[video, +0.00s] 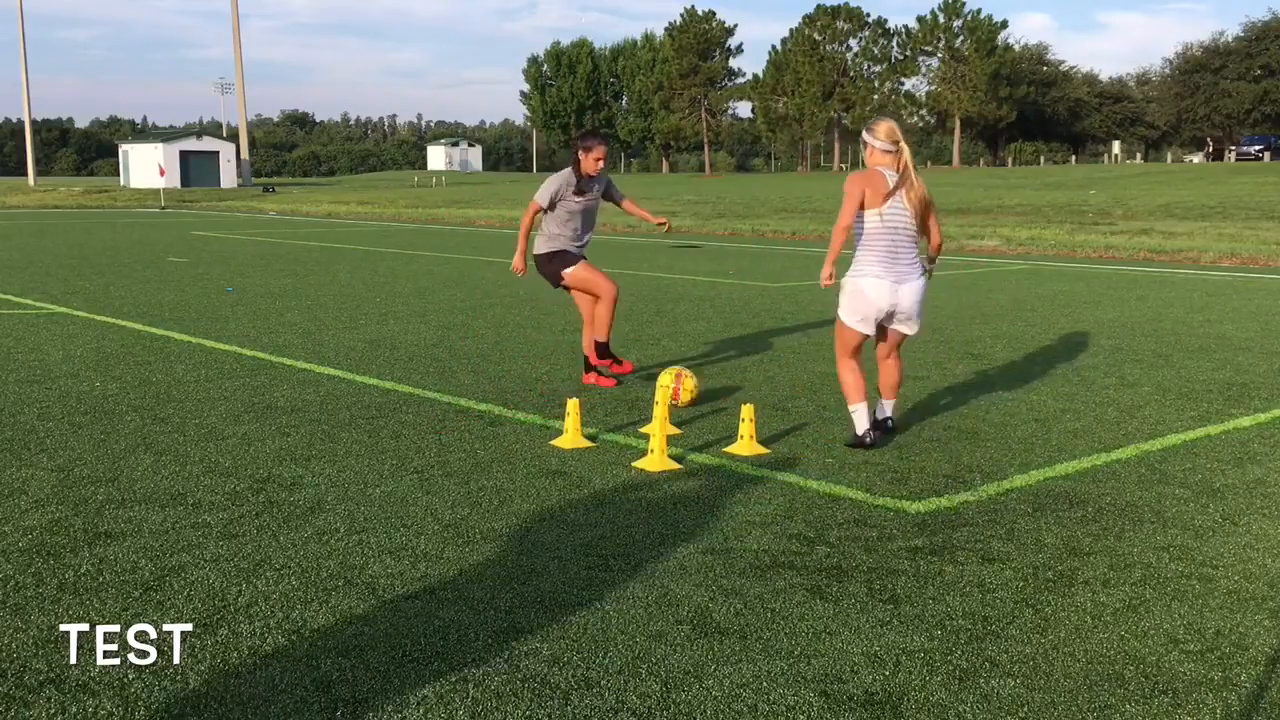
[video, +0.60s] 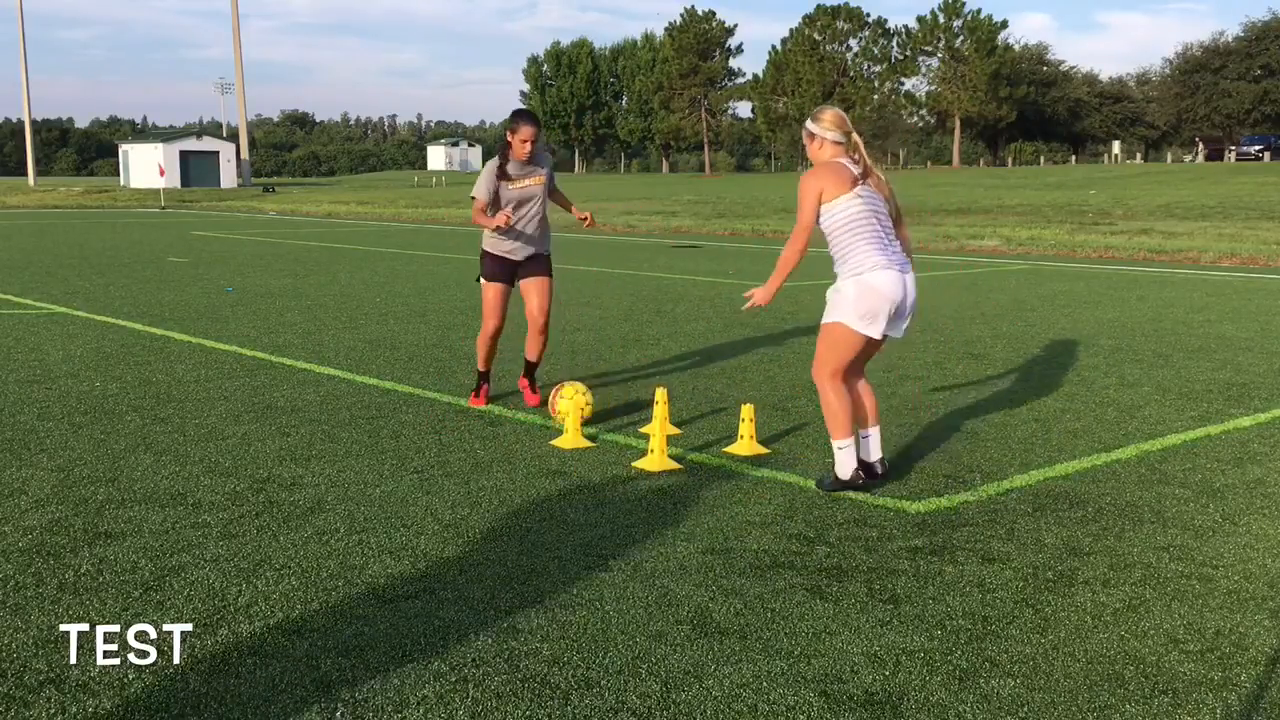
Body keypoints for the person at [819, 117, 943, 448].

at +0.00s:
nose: (864, 152)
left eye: (865, 147)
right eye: (865, 147)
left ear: (872, 148)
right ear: (897, 149)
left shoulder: (861, 179)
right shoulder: (916, 185)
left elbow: (844, 224)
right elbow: (936, 240)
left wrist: (829, 263)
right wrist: (929, 263)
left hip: (868, 283)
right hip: (911, 285)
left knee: (847, 353)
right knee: (889, 351)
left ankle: (863, 429)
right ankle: (887, 419)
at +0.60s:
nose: (805, 148)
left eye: (807, 141)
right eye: (806, 141)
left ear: (820, 140)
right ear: (844, 141)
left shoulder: (817, 176)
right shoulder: (872, 175)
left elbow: (799, 242)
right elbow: (902, 238)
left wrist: (769, 288)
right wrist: (902, 284)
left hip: (865, 283)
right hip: (900, 282)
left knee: (825, 373)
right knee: (852, 371)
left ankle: (846, 471)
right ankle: (872, 462)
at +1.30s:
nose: (799, 153)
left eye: (800, 145)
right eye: (798, 146)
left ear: (812, 141)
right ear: (842, 141)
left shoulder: (825, 167)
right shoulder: (866, 178)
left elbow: (786, 221)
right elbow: (905, 248)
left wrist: (760, 239)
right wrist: (883, 292)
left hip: (871, 307)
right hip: (895, 304)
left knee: (811, 412)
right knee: (825, 408)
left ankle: (845, 531)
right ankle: (863, 509)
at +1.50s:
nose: (832, 161)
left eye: (833, 152)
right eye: (832, 152)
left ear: (847, 149)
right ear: (873, 150)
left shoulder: (864, 187)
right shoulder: (894, 192)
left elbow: (821, 242)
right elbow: (921, 265)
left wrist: (792, 231)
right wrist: (901, 308)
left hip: (881, 327)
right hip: (901, 323)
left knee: (855, 440)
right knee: (815, 407)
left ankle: (877, 554)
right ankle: (865, 506)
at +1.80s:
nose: (879, 152)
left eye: (882, 143)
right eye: (879, 143)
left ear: (900, 138)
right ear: (919, 138)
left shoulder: (920, 157)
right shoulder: (941, 175)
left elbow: (906, 169)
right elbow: (981, 230)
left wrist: (869, 186)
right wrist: (1029, 257)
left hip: (924, 311)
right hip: (895, 311)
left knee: (896, 424)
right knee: (832, 392)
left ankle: (950, 523)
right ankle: (859, 503)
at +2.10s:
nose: (905, 179)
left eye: (904, 168)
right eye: (902, 170)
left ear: (922, 160)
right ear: (940, 158)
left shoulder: (942, 202)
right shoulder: (971, 195)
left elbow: (935, 268)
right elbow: (1009, 253)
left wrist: (891, 313)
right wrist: (1014, 289)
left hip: (954, 327)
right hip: (962, 325)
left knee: (897, 422)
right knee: (864, 379)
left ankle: (950, 521)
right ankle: (823, 476)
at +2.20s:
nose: (912, 162)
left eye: (913, 154)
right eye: (911, 154)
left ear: (930, 148)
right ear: (952, 147)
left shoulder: (945, 184)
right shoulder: (981, 182)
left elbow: (940, 230)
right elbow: (1025, 225)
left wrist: (893, 271)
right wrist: (986, 253)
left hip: (959, 314)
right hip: (984, 313)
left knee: (914, 418)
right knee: (895, 370)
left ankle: (950, 521)